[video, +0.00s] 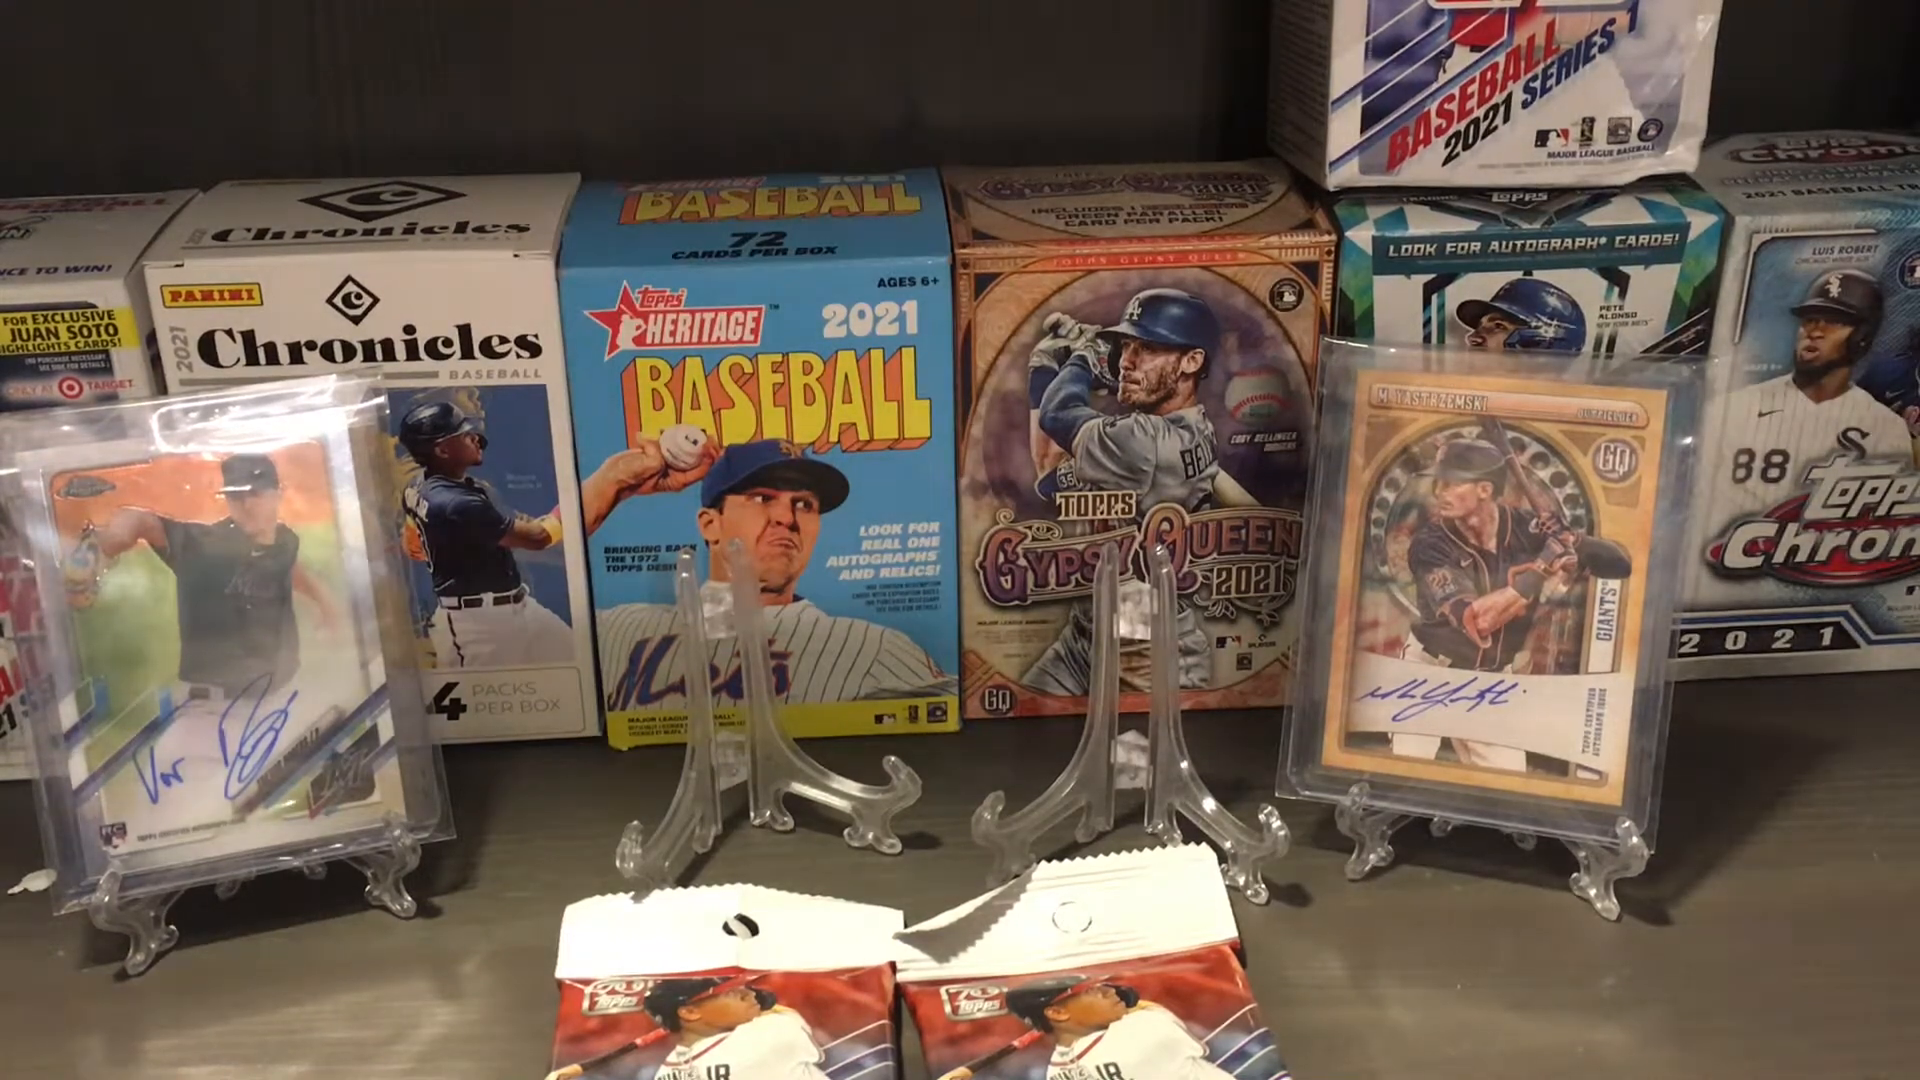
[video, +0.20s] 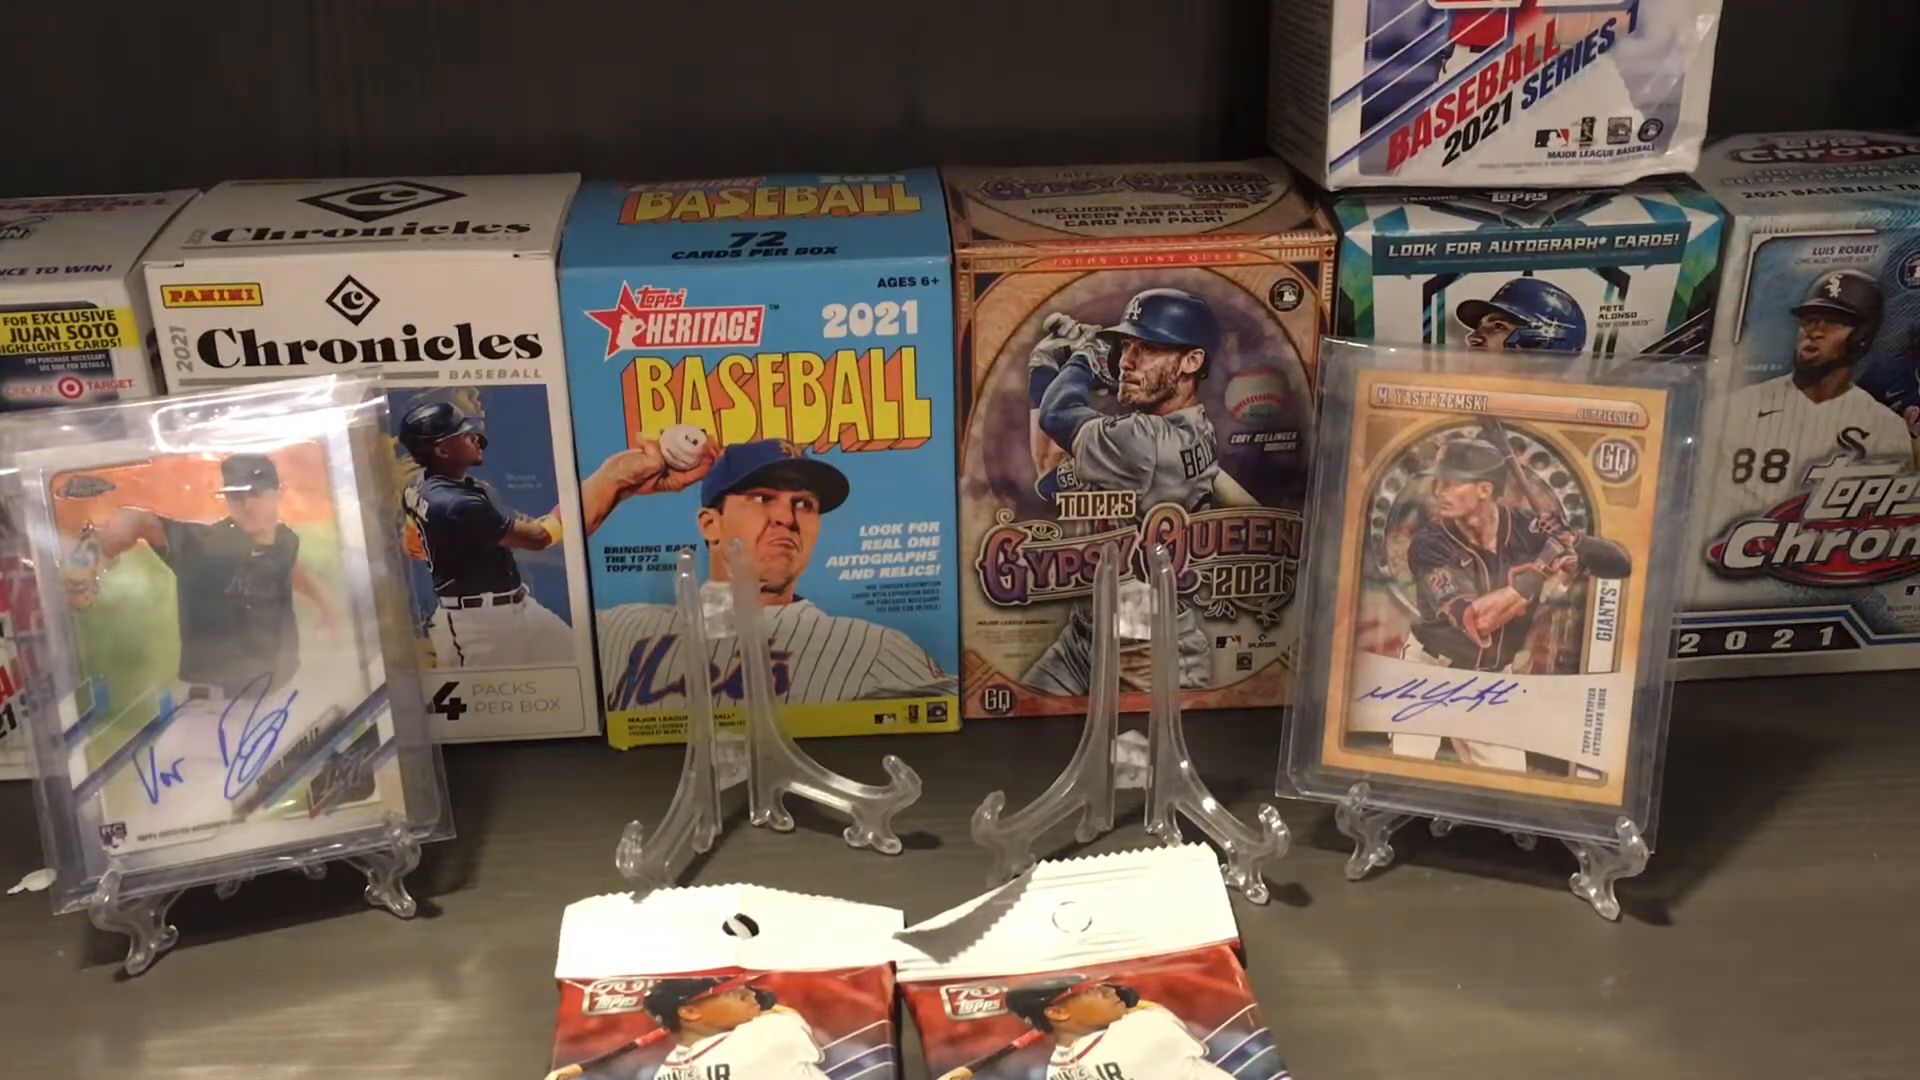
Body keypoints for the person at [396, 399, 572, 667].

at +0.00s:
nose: (476, 436)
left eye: (470, 430)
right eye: (465, 432)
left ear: (443, 450)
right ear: (442, 449)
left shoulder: (422, 489)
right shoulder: (460, 506)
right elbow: (538, 537)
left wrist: (552, 520)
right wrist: (567, 513)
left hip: (520, 609)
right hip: (474, 622)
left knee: (586, 663)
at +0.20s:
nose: (476, 436)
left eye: (470, 430)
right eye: (465, 433)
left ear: (443, 450)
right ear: (442, 449)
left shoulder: (421, 488)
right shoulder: (460, 506)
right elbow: (538, 537)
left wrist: (547, 521)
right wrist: (566, 513)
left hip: (520, 609)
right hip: (474, 622)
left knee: (587, 662)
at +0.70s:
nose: (476, 436)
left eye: (470, 430)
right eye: (465, 433)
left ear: (443, 451)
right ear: (442, 450)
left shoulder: (420, 490)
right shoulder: (460, 506)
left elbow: (414, 545)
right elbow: (538, 537)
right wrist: (567, 511)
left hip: (520, 609)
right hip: (475, 622)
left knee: (588, 664)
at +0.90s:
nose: (475, 436)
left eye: (470, 430)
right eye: (465, 433)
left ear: (443, 451)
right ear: (442, 450)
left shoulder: (420, 489)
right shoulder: (460, 506)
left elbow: (413, 545)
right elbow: (538, 537)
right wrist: (569, 510)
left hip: (520, 609)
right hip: (475, 622)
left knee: (588, 663)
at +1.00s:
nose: (476, 436)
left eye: (470, 430)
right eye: (465, 433)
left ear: (442, 451)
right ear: (442, 450)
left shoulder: (420, 490)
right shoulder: (460, 506)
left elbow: (414, 545)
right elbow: (539, 537)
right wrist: (569, 510)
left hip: (520, 609)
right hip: (474, 623)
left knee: (588, 663)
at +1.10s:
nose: (476, 436)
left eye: (470, 430)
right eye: (465, 433)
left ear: (442, 451)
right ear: (442, 450)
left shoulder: (420, 489)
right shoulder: (459, 506)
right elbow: (538, 537)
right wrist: (571, 509)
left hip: (520, 609)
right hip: (474, 623)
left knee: (588, 664)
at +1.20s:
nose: (476, 436)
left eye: (470, 430)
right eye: (465, 433)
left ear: (442, 451)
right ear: (441, 449)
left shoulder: (419, 489)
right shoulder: (460, 506)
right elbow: (538, 537)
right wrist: (570, 509)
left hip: (520, 609)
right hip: (473, 622)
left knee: (588, 663)